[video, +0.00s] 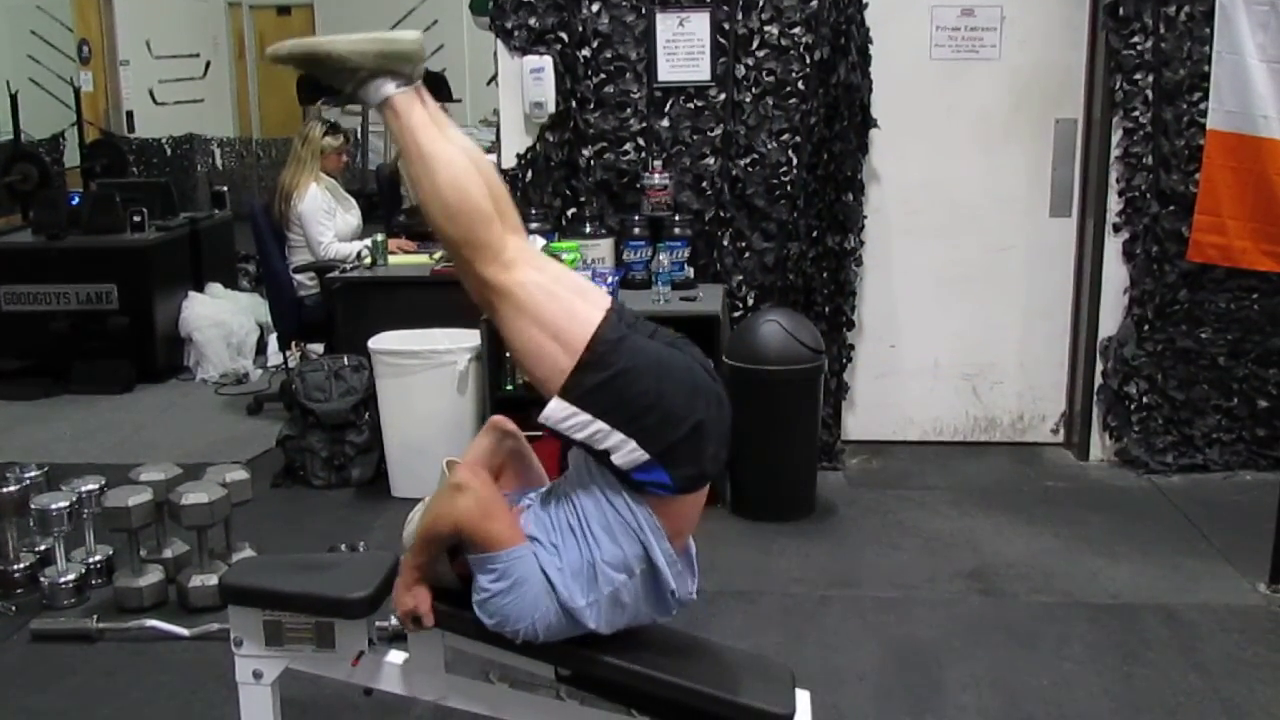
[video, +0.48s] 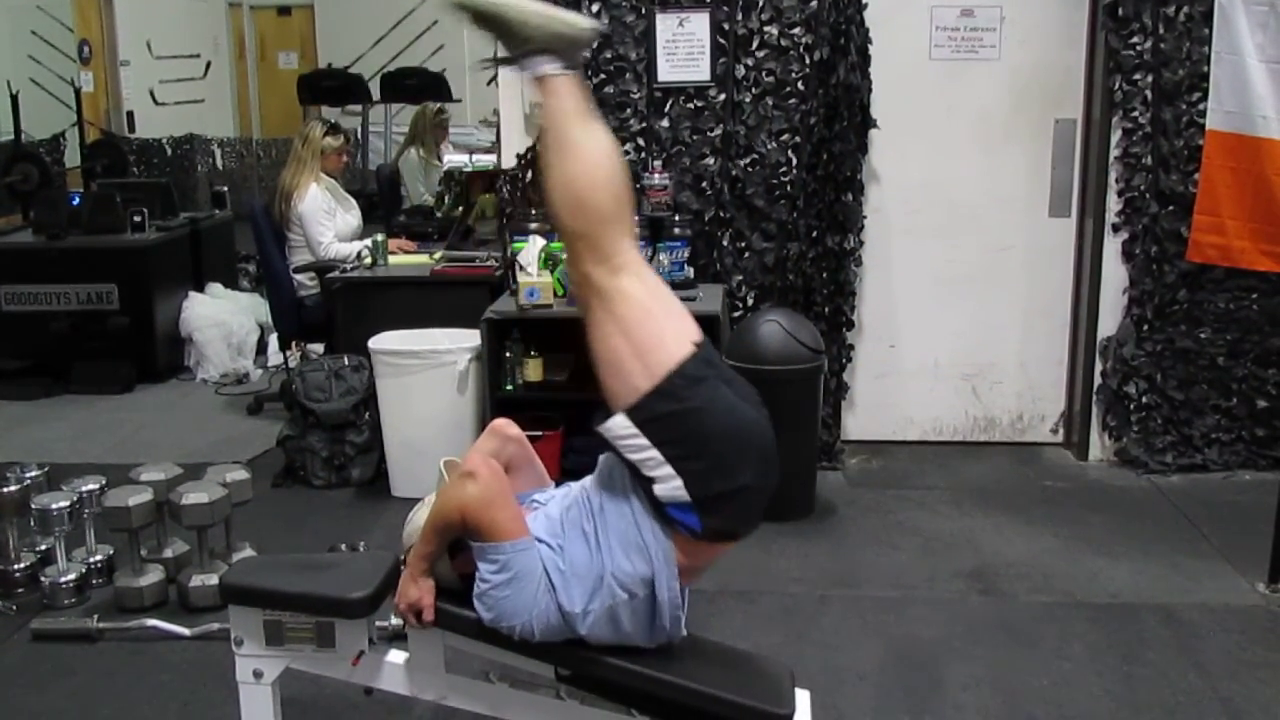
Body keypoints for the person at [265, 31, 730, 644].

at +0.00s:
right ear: (470, 573)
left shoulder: (534, 538)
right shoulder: (518, 599)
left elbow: (501, 434)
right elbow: (464, 491)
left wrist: (432, 538)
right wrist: (416, 572)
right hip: (675, 443)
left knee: (511, 261)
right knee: (500, 270)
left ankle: (410, 91)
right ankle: (392, 89)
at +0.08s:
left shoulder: (540, 526)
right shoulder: (520, 596)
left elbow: (492, 434)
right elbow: (459, 490)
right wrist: (409, 575)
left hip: (687, 415)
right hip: (676, 444)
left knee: (524, 254)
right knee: (508, 268)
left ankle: (423, 84)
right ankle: (406, 84)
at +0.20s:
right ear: (471, 567)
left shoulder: (549, 525)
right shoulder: (517, 595)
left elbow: (498, 436)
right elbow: (465, 484)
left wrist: (440, 514)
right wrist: (414, 572)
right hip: (686, 454)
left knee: (541, 260)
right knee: (530, 268)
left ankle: (450, 85)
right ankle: (438, 82)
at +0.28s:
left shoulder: (545, 532)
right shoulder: (517, 596)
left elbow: (499, 437)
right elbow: (467, 486)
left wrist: (421, 558)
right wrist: (416, 566)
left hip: (703, 445)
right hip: (695, 461)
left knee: (554, 266)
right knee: (549, 268)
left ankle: (473, 82)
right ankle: (467, 79)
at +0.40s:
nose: (471, 474)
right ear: (470, 564)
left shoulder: (547, 530)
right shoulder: (514, 588)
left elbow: (504, 436)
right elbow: (469, 481)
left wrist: (445, 506)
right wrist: (419, 562)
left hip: (715, 458)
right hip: (700, 475)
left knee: (589, 265)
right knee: (581, 268)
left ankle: (524, 76)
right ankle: (514, 73)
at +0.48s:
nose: (473, 469)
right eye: (465, 474)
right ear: (472, 562)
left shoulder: (549, 523)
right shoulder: (515, 590)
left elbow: (506, 436)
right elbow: (469, 481)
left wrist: (449, 500)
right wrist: (422, 561)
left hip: (721, 460)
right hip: (706, 478)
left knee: (612, 265)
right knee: (604, 267)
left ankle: (556, 65)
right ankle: (552, 63)